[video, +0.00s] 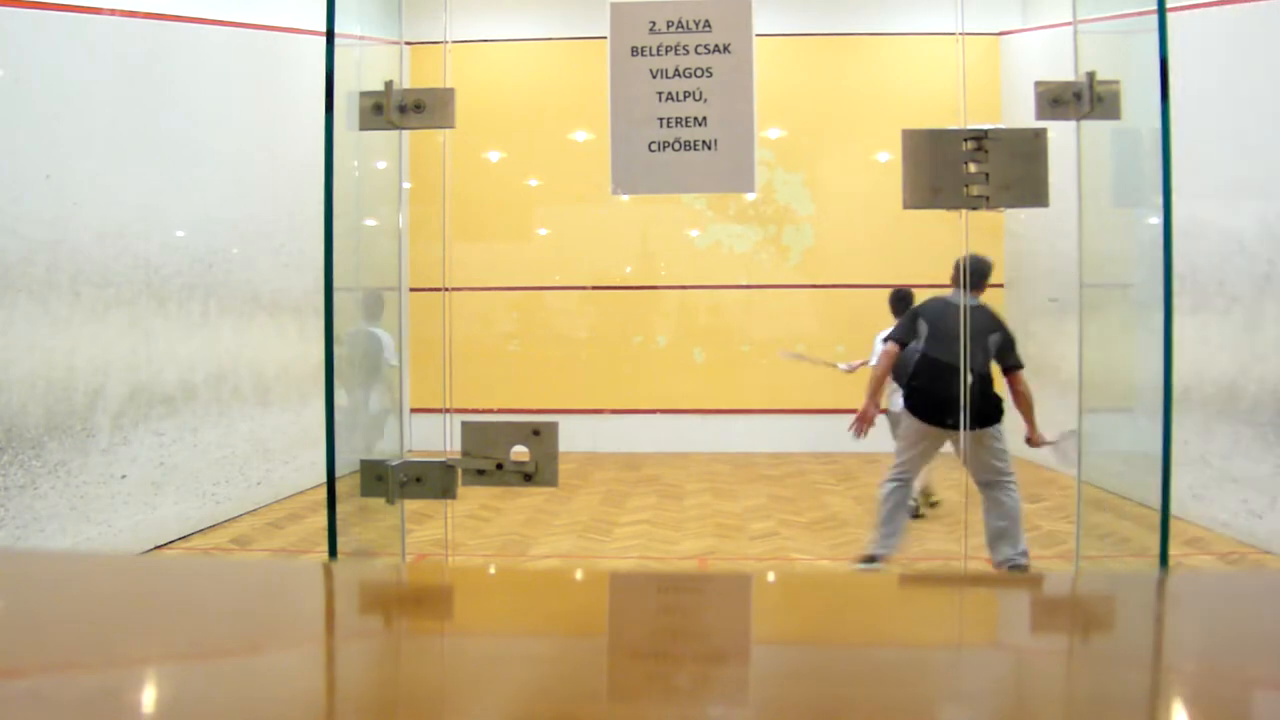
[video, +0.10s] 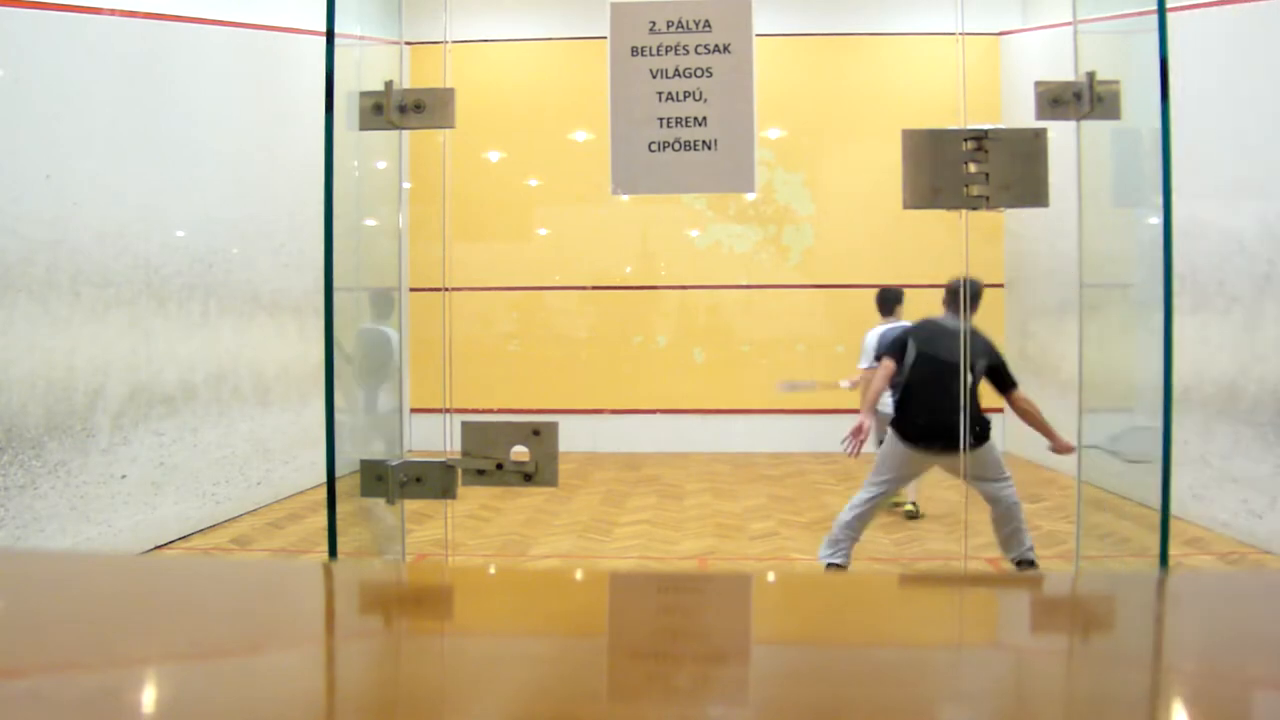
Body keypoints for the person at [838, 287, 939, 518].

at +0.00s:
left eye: (895, 306)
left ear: (892, 308)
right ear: (913, 307)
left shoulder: (885, 337)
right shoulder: (922, 333)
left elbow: (879, 365)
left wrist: (873, 401)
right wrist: (861, 363)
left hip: (896, 403)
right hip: (921, 401)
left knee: (906, 452)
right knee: (914, 451)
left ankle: (922, 490)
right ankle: (914, 495)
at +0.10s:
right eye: (899, 303)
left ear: (878, 306)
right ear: (899, 306)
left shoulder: (873, 335)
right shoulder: (911, 330)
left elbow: (869, 370)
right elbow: (916, 363)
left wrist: (855, 383)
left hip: (882, 398)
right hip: (909, 398)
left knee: (884, 448)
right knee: (910, 448)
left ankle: (890, 490)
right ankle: (911, 498)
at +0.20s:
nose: (892, 307)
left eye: (890, 302)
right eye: (890, 303)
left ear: (867, 306)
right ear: (884, 306)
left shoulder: (856, 333)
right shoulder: (900, 330)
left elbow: (849, 373)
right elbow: (907, 365)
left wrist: (845, 406)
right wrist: (907, 393)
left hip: (867, 402)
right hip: (897, 401)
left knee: (853, 448)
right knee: (901, 449)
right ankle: (909, 499)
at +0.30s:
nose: (878, 305)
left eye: (878, 300)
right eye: (875, 301)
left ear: (853, 304)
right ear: (863, 304)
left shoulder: (834, 330)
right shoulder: (883, 328)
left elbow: (824, 369)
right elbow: (888, 364)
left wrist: (822, 402)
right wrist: (876, 382)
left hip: (845, 404)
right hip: (877, 402)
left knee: (827, 455)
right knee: (897, 451)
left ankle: (809, 499)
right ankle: (908, 501)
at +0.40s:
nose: (861, 306)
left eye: (860, 301)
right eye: (857, 301)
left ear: (836, 304)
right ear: (844, 303)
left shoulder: (814, 329)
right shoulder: (861, 330)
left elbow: (797, 365)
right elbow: (869, 368)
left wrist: (795, 398)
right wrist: (862, 392)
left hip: (819, 404)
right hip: (852, 404)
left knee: (810, 457)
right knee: (873, 452)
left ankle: (802, 510)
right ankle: (891, 501)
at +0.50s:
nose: (847, 297)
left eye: (847, 291)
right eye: (844, 291)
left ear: (823, 294)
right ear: (829, 293)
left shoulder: (799, 319)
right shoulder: (847, 320)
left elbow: (783, 356)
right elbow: (851, 359)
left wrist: (777, 388)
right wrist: (845, 388)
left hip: (802, 393)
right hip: (832, 393)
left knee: (802, 450)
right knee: (846, 449)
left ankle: (799, 506)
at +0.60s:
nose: (836, 291)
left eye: (835, 286)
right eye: (834, 286)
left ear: (809, 288)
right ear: (824, 287)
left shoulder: (787, 313)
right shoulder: (837, 315)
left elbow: (768, 348)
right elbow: (842, 355)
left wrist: (761, 383)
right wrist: (832, 380)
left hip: (787, 388)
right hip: (819, 390)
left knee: (783, 446)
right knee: (818, 453)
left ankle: (777, 500)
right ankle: (804, 505)